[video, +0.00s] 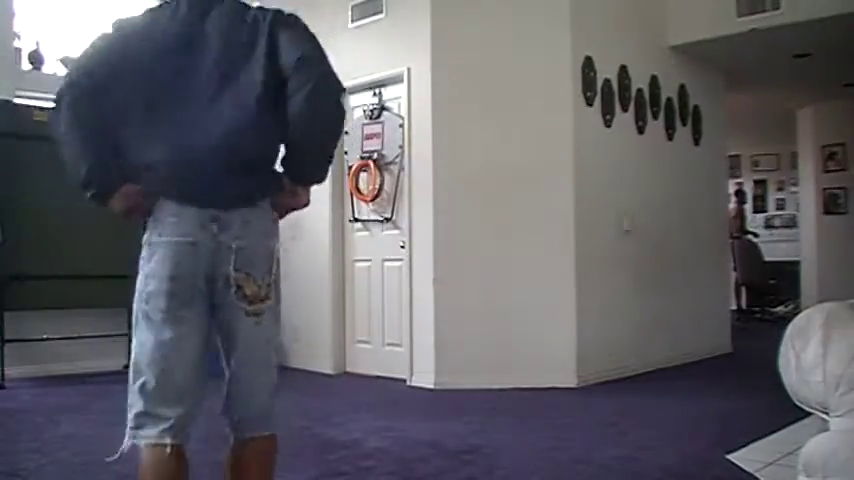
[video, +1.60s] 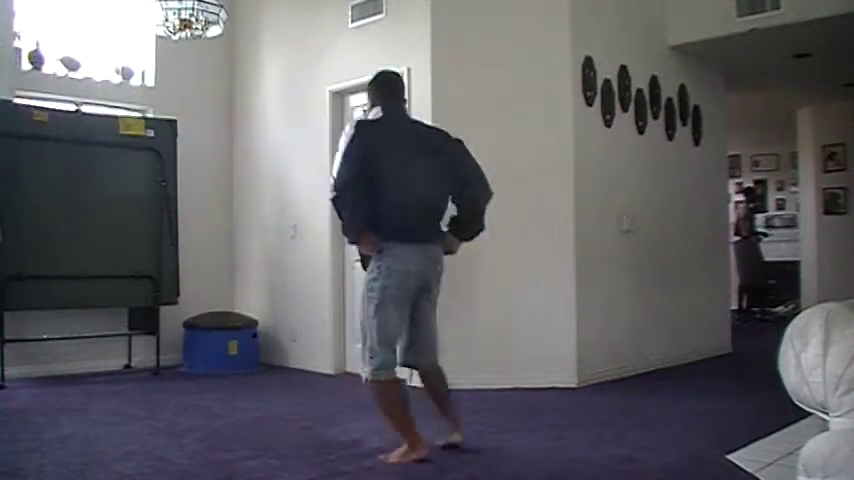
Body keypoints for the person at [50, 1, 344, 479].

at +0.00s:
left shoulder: (138, 30)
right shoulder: (275, 25)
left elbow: (76, 91)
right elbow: (318, 91)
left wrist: (109, 187)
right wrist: (299, 179)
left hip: (171, 221)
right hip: (252, 223)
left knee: (160, 416)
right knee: (255, 411)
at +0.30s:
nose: (287, 35)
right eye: (286, 28)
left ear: (234, 31)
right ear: (283, 34)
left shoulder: (189, 75)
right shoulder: (315, 82)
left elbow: (139, 136)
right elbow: (355, 143)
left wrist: (160, 214)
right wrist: (321, 210)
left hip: (203, 239)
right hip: (273, 240)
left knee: (203, 399)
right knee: (282, 404)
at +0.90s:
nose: (248, 57)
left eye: (246, 49)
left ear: (246, 52)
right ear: (283, 50)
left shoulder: (233, 94)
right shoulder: (318, 98)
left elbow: (214, 154)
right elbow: (359, 151)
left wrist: (227, 205)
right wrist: (332, 197)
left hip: (259, 235)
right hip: (307, 236)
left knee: (245, 356)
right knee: (287, 350)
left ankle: (255, 467)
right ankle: (291, 448)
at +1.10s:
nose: (273, 74)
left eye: (273, 67)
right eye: (281, 65)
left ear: (274, 65)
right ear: (307, 63)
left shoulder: (272, 89)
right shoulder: (339, 106)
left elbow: (254, 147)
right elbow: (373, 171)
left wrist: (259, 202)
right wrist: (344, 204)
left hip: (290, 229)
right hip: (324, 232)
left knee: (266, 349)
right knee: (297, 346)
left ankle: (308, 448)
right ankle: (293, 439)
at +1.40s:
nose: (323, 74)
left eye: (323, 69)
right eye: (327, 69)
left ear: (328, 67)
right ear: (358, 66)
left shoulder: (326, 96)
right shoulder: (382, 102)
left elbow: (311, 148)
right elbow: (418, 153)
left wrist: (323, 193)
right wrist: (394, 195)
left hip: (349, 221)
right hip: (383, 225)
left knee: (337, 336)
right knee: (354, 331)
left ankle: (386, 420)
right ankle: (328, 421)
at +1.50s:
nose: (346, 85)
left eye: (346, 78)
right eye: (351, 78)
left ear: (349, 75)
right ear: (380, 74)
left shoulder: (345, 101)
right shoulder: (414, 110)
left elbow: (324, 154)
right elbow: (454, 161)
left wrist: (338, 202)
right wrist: (427, 207)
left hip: (369, 227)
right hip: (406, 228)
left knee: (366, 339)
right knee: (390, 337)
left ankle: (396, 434)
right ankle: (386, 424)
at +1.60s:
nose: (369, 106)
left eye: (369, 100)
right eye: (373, 99)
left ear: (372, 100)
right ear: (404, 98)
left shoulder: (364, 133)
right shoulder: (437, 138)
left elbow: (344, 191)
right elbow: (477, 192)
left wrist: (362, 237)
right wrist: (456, 235)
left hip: (390, 259)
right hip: (430, 258)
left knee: (378, 365)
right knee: (424, 355)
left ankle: (412, 443)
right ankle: (454, 427)